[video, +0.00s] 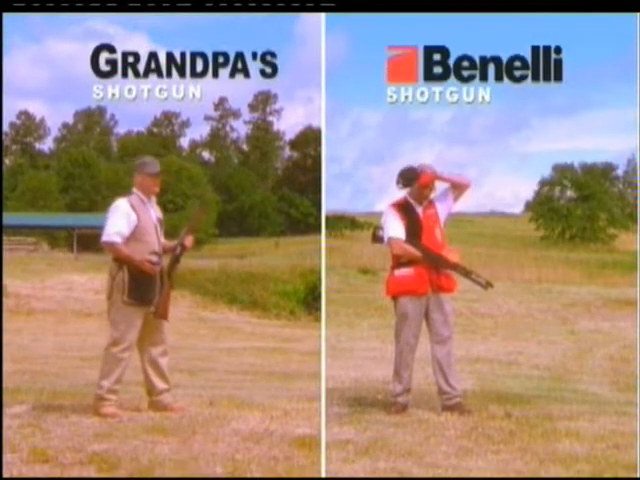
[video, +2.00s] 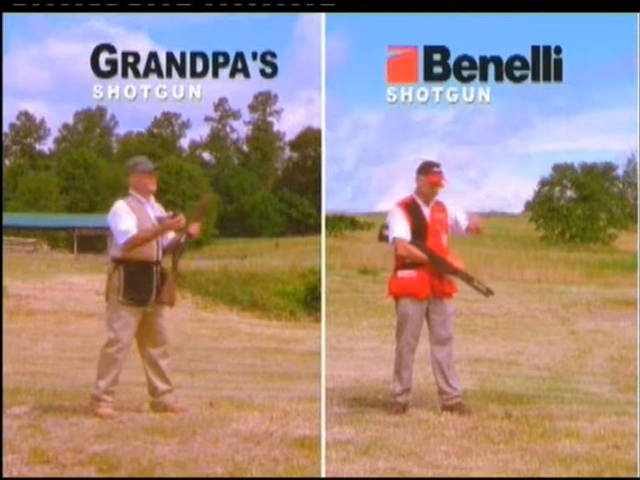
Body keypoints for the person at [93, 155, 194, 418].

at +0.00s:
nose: (157, 183)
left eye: (158, 178)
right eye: (152, 178)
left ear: (158, 181)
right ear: (138, 179)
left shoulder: (154, 209)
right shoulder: (123, 206)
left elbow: (155, 244)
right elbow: (110, 241)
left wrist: (178, 245)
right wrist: (139, 262)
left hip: (153, 275)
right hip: (128, 277)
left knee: (155, 341)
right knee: (121, 341)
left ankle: (160, 396)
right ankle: (106, 398)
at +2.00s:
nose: (153, 180)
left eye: (154, 176)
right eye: (147, 176)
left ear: (154, 180)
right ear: (132, 179)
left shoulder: (156, 208)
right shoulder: (121, 208)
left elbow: (165, 243)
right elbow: (127, 242)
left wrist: (184, 235)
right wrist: (163, 228)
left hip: (153, 272)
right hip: (127, 272)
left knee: (156, 341)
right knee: (119, 339)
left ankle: (161, 396)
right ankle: (102, 398)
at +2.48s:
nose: (154, 189)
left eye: (154, 184)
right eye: (149, 184)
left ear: (144, 188)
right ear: (132, 187)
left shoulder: (151, 215)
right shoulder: (120, 217)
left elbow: (163, 247)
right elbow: (127, 256)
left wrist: (184, 242)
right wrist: (159, 270)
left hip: (145, 280)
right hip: (122, 282)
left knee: (158, 340)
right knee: (121, 342)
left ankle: (162, 396)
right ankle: (93, 399)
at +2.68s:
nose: (152, 190)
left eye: (151, 185)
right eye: (146, 185)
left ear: (140, 190)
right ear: (131, 189)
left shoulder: (149, 216)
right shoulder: (116, 221)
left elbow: (159, 249)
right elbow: (113, 262)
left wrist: (180, 246)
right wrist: (125, 293)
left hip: (146, 281)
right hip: (122, 283)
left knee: (160, 339)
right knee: (121, 343)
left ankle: (163, 396)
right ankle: (92, 399)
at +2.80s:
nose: (152, 188)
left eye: (151, 183)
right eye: (146, 183)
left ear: (143, 188)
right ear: (130, 188)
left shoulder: (150, 214)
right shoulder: (115, 218)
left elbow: (158, 247)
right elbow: (98, 257)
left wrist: (179, 245)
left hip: (146, 279)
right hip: (120, 281)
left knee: (159, 339)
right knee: (119, 343)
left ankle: (162, 397)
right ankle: (92, 399)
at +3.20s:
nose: (173, 217)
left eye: (172, 211)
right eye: (169, 212)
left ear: (158, 216)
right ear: (154, 215)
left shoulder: (164, 239)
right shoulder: (136, 244)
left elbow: (161, 271)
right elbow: (110, 276)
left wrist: (186, 268)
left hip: (145, 296)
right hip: (122, 298)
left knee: (166, 341)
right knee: (134, 359)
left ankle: (163, 396)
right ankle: (94, 398)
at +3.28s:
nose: (170, 202)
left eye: (169, 197)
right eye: (165, 197)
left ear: (153, 202)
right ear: (151, 201)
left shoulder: (157, 225)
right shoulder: (145, 233)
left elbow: (156, 259)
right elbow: (136, 277)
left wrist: (182, 262)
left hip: (149, 297)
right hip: (132, 299)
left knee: (167, 342)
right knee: (133, 354)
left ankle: (165, 395)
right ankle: (96, 398)